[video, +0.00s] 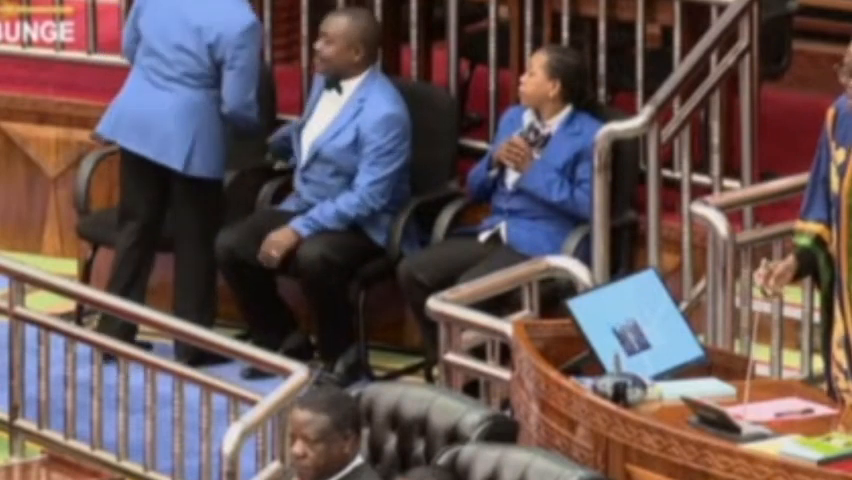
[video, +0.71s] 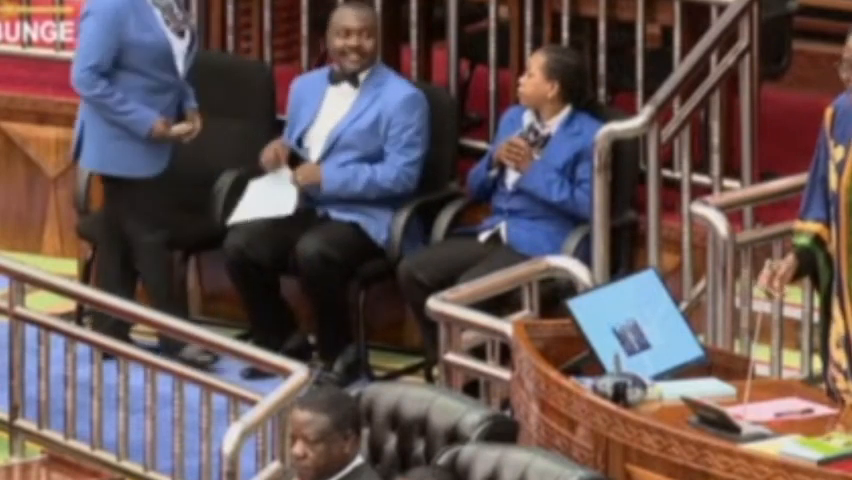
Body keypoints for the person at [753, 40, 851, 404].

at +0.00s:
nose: (843, 72)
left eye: (847, 65)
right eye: (843, 65)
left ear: (850, 70)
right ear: (839, 69)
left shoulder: (839, 117)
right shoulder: (839, 116)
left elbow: (821, 198)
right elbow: (822, 197)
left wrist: (797, 261)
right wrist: (797, 261)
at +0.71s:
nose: (844, 69)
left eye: (849, 62)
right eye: (843, 61)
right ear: (839, 61)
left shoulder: (840, 114)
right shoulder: (839, 113)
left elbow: (819, 203)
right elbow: (821, 201)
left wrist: (797, 259)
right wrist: (796, 260)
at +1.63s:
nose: (837, 73)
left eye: (845, 64)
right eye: (833, 63)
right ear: (826, 63)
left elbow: (821, 191)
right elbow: (818, 188)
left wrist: (803, 234)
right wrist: (801, 235)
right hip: (835, 269)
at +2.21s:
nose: (838, 66)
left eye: (844, 57)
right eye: (835, 57)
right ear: (829, 60)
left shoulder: (839, 115)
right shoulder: (835, 114)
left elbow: (822, 197)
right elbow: (820, 193)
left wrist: (806, 233)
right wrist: (804, 234)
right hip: (835, 292)